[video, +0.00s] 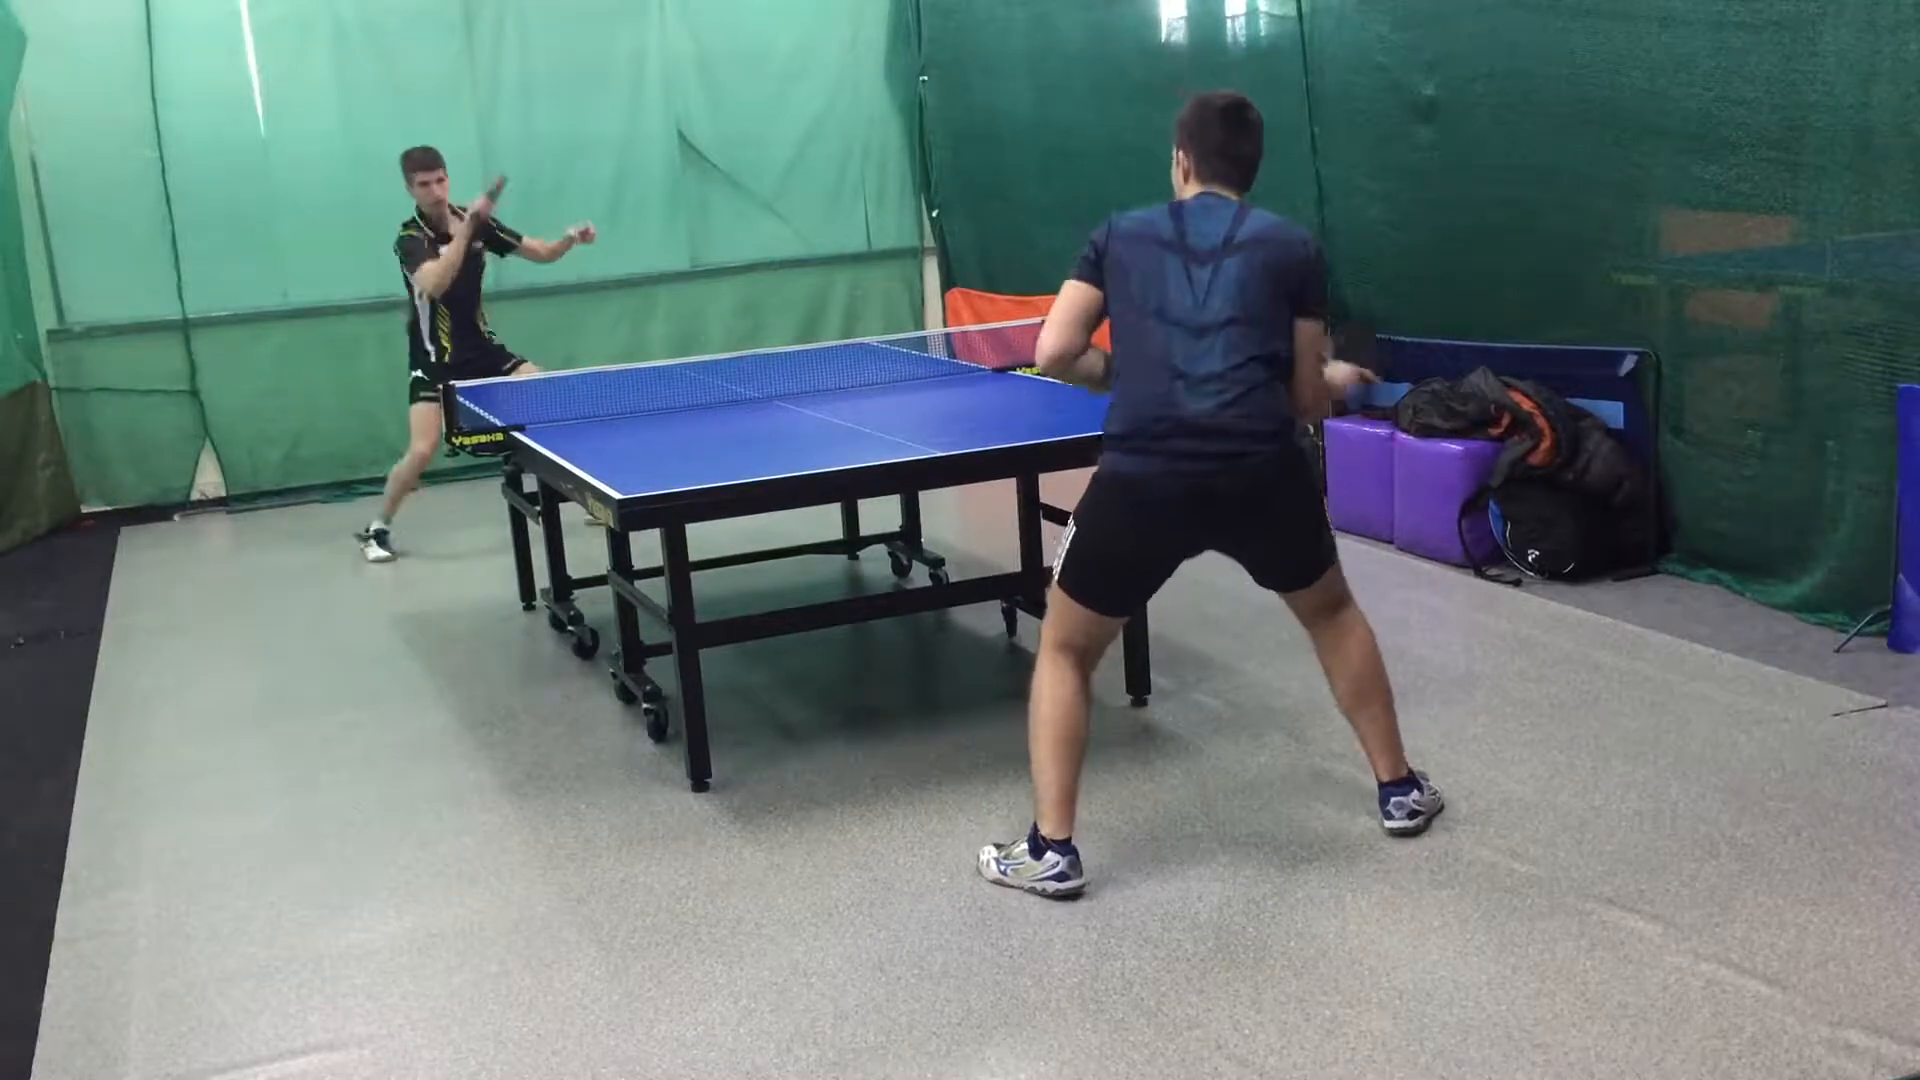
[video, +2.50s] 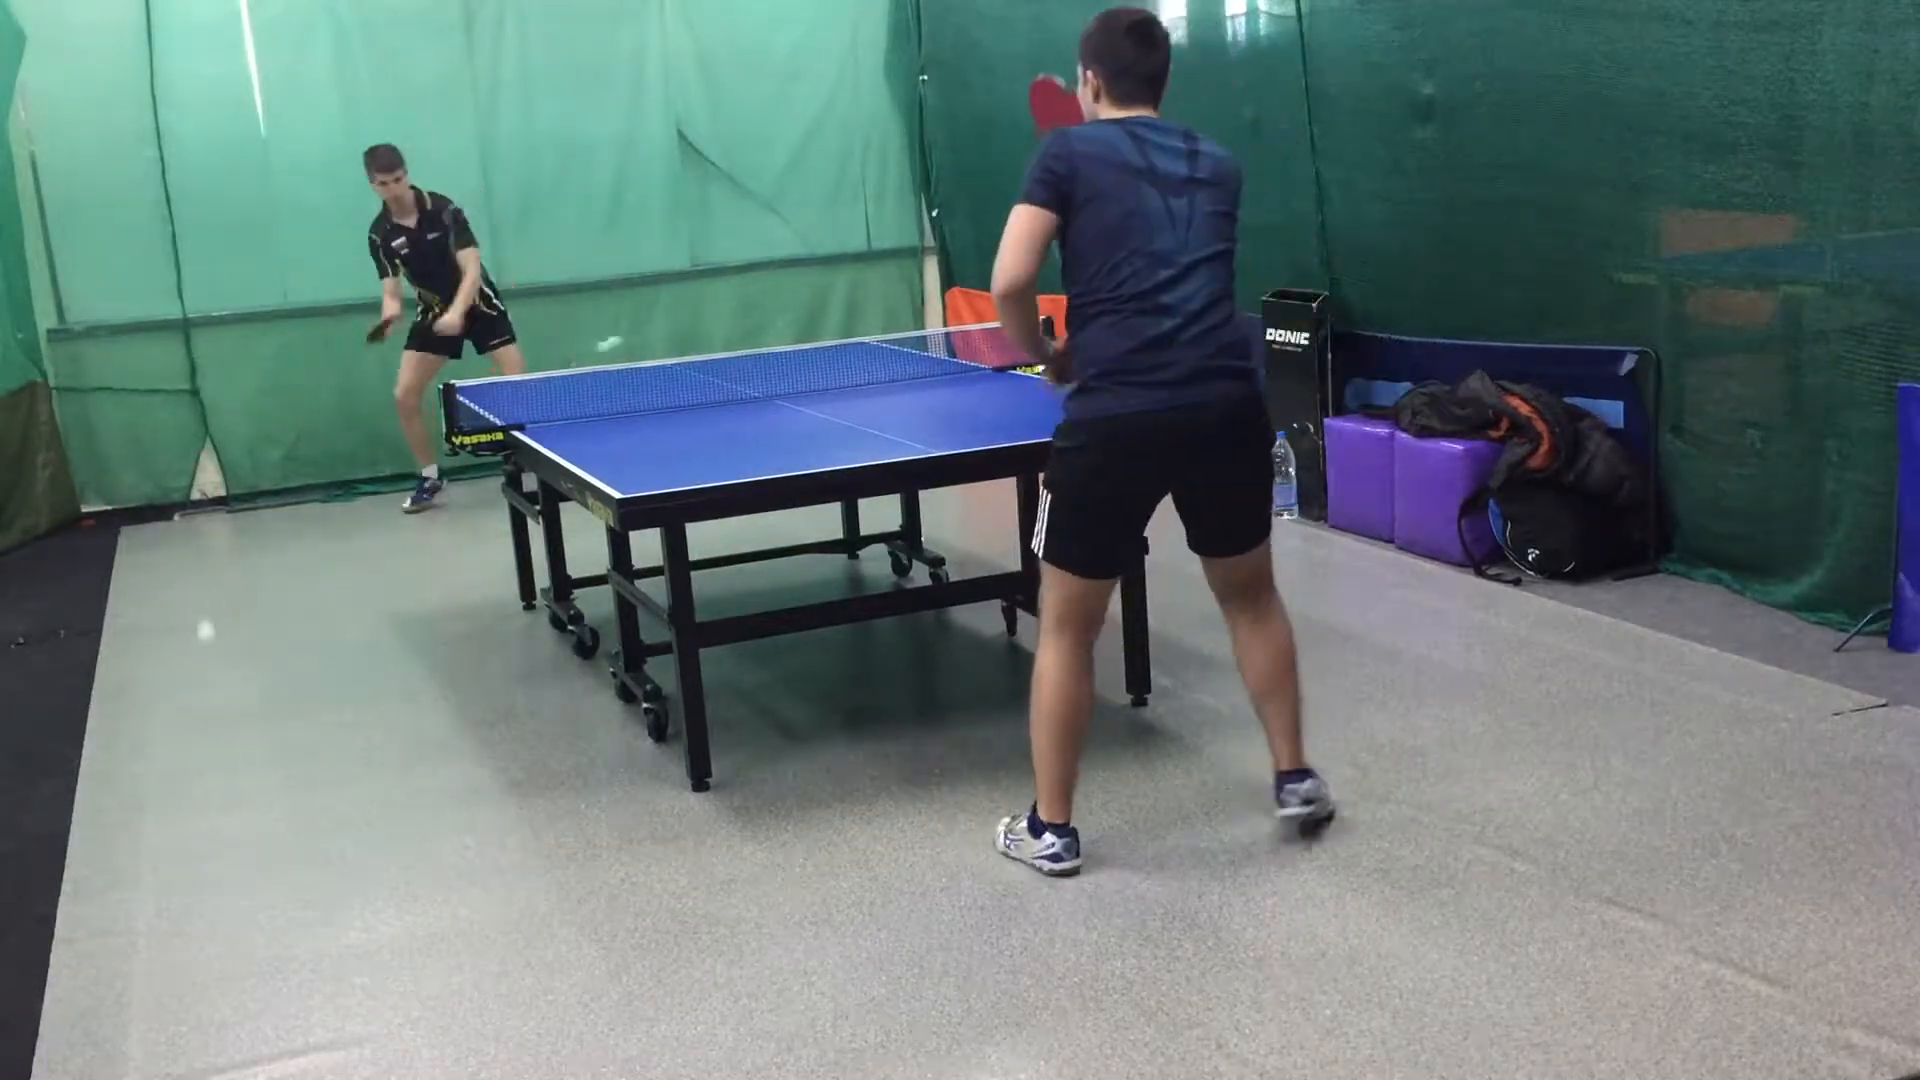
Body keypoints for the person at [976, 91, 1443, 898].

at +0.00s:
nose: (1175, 167)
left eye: (1175, 157)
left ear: (1180, 163)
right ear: (1253, 170)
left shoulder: (1118, 235)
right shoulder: (1292, 247)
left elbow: (1056, 350)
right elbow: (1307, 401)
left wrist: (1115, 373)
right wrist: (1336, 379)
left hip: (1143, 489)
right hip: (1264, 488)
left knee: (1068, 650)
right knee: (1331, 615)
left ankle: (1053, 847)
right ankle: (1398, 789)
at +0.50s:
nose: (1101, 152)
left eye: (1101, 141)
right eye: (1107, 140)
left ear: (1113, 146)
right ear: (1184, 145)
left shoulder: (1087, 218)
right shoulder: (1243, 227)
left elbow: (1033, 340)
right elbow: (1236, 334)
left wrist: (1078, 367)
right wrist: (1132, 356)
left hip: (1142, 479)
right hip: (1256, 472)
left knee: (1040, 645)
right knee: (1301, 621)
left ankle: (1048, 850)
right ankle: (1387, 792)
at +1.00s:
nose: (1173, 144)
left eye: (1174, 133)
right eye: (1188, 135)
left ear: (1179, 141)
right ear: (1250, 150)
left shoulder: (1116, 212)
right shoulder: (1286, 237)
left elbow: (1053, 328)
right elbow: (1294, 375)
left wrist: (1116, 344)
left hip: (1147, 474)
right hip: (1266, 470)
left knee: (1066, 644)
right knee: (1323, 615)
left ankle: (1047, 843)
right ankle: (1388, 790)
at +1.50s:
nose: (1109, 157)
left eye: (1109, 147)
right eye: (1119, 146)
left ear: (1119, 151)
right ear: (1191, 149)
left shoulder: (1087, 228)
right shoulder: (1257, 221)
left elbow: (1032, 373)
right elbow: (1305, 352)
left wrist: (1007, 348)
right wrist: (1291, 417)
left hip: (1133, 478)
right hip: (1247, 473)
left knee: (1044, 636)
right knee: (1290, 620)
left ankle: (1043, 833)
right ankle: (1368, 793)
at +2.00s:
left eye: (1161, 61)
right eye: (1231, 64)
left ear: (1153, 69)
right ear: (1234, 69)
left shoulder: (1103, 151)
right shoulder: (1256, 143)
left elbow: (1102, 279)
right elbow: (1266, 292)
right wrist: (1359, 353)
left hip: (1098, 422)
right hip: (1210, 419)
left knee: (1081, 621)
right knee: (1250, 608)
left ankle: (1057, 820)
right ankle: (1267, 799)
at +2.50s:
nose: (1074, 88)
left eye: (1076, 76)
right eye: (1080, 76)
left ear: (1090, 82)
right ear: (1165, 85)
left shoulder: (1066, 152)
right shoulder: (1217, 161)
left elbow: (1010, 283)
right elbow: (1208, 275)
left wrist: (1051, 364)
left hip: (1112, 425)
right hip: (1224, 415)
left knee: (1069, 632)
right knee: (1252, 597)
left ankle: (1052, 826)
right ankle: (1294, 777)